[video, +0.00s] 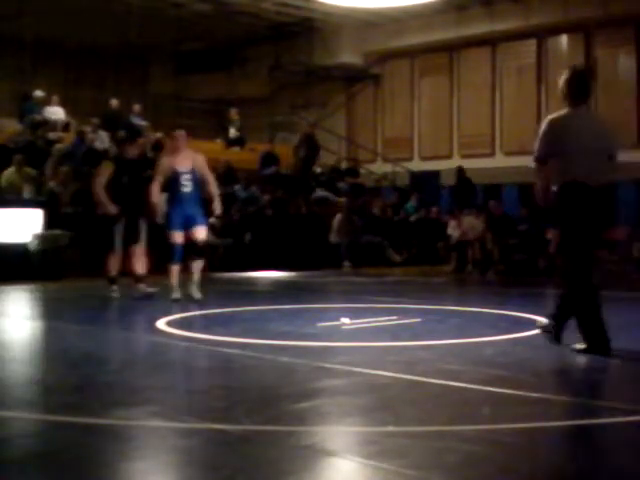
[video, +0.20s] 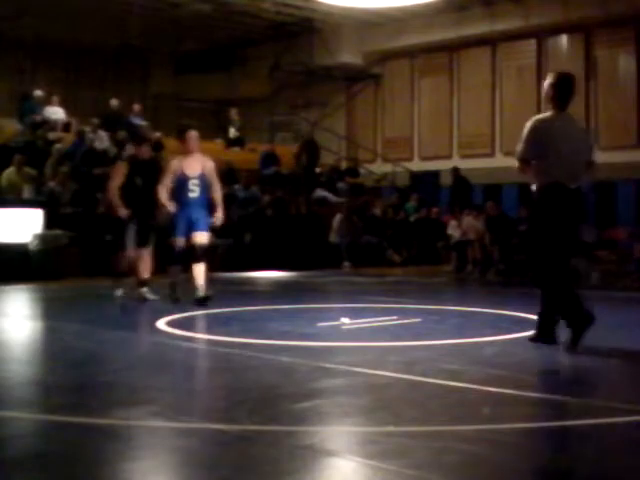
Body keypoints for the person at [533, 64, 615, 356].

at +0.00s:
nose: (562, 91)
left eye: (564, 86)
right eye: (571, 86)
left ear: (564, 90)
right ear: (590, 91)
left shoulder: (555, 124)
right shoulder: (600, 125)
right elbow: (610, 163)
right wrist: (607, 193)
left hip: (567, 200)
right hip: (598, 200)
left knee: (578, 269)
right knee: (576, 266)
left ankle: (596, 339)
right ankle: (556, 324)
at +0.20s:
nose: (542, 89)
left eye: (546, 85)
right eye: (546, 84)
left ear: (550, 92)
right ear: (570, 95)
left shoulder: (537, 125)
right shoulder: (578, 128)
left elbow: (522, 161)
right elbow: (588, 163)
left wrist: (541, 172)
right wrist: (564, 170)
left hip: (545, 200)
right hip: (573, 199)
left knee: (548, 263)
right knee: (558, 263)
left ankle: (578, 317)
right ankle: (547, 326)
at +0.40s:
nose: (527, 91)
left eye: (530, 87)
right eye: (530, 86)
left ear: (534, 91)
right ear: (554, 93)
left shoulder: (525, 122)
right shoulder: (563, 126)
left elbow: (512, 156)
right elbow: (564, 159)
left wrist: (523, 165)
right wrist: (534, 161)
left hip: (531, 194)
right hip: (558, 194)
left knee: (517, 256)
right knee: (552, 261)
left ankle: (523, 318)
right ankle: (546, 328)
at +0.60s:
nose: (510, 100)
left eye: (510, 95)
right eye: (512, 95)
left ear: (512, 97)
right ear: (535, 98)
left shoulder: (506, 128)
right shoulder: (545, 131)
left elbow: (494, 163)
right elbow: (549, 162)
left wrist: (516, 162)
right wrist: (523, 160)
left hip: (511, 199)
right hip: (539, 199)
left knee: (501, 262)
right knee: (540, 264)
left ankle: (488, 323)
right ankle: (546, 330)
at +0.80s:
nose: (486, 102)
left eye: (486, 97)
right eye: (488, 97)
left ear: (489, 100)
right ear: (511, 100)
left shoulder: (482, 131)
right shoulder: (528, 131)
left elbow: (471, 165)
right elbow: (537, 165)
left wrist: (488, 167)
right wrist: (514, 165)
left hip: (494, 199)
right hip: (523, 199)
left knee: (489, 260)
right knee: (525, 260)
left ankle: (489, 325)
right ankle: (534, 319)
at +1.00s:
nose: (471, 101)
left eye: (472, 97)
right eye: (472, 96)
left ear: (476, 100)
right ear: (497, 100)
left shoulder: (469, 131)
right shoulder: (513, 131)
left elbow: (454, 165)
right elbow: (525, 162)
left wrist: (470, 166)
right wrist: (503, 163)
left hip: (481, 199)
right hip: (509, 200)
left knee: (483, 260)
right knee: (504, 259)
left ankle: (487, 325)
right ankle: (500, 322)